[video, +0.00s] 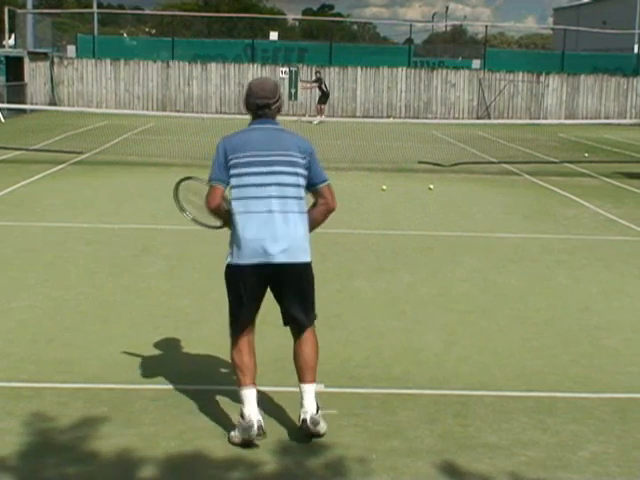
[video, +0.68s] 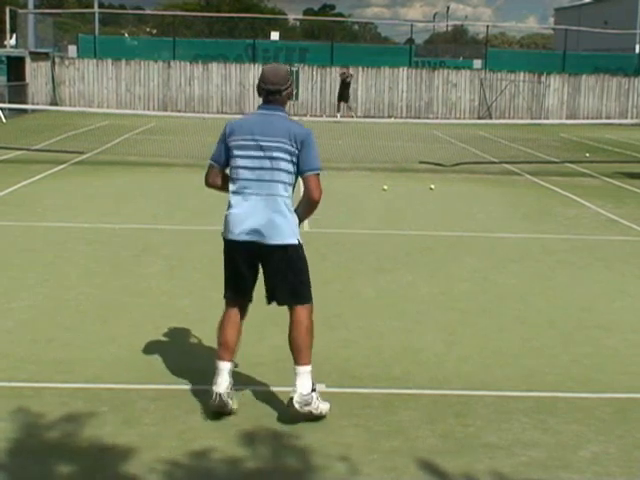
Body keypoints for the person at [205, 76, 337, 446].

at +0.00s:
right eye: (276, 102)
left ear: (247, 108)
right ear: (280, 107)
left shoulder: (229, 144)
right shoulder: (300, 145)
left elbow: (214, 202)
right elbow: (327, 202)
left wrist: (231, 218)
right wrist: (297, 229)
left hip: (247, 255)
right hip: (293, 254)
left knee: (242, 332)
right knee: (304, 327)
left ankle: (251, 418)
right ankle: (310, 412)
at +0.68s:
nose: (290, 96)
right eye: (290, 91)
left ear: (258, 93)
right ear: (288, 95)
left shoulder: (234, 127)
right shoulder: (299, 132)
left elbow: (213, 178)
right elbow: (314, 194)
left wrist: (245, 185)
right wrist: (296, 218)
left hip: (238, 229)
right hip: (280, 231)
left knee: (234, 304)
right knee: (301, 305)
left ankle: (221, 389)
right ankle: (303, 392)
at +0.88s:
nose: (289, 126)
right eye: (290, 122)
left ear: (259, 124)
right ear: (288, 126)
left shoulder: (237, 159)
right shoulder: (297, 164)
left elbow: (219, 212)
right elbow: (311, 226)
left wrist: (249, 221)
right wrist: (297, 256)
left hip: (236, 260)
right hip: (279, 262)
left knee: (214, 317)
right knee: (307, 324)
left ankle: (174, 387)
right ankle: (302, 405)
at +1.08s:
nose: (264, 125)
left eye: (262, 120)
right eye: (264, 121)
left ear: (234, 120)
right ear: (260, 124)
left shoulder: (209, 148)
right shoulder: (257, 160)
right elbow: (262, 219)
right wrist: (276, 244)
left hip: (189, 245)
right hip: (229, 250)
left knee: (183, 311)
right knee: (263, 318)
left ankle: (155, 386)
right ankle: (288, 396)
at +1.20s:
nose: (247, 120)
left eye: (245, 115)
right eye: (247, 115)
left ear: (216, 112)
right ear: (244, 118)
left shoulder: (195, 139)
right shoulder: (232, 151)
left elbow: (213, 185)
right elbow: (230, 206)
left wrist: (258, 191)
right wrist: (256, 229)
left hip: (164, 233)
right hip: (198, 240)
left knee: (170, 300)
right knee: (232, 304)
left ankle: (142, 366)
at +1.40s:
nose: (217, 127)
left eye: (215, 122)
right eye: (217, 123)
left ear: (188, 121)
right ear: (214, 127)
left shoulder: (169, 144)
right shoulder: (193, 155)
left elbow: (201, 174)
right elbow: (189, 203)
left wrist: (241, 175)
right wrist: (232, 223)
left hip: (128, 233)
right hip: (159, 241)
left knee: (136, 296)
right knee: (190, 309)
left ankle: (100, 366)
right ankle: (178, 391)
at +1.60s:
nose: (198, 126)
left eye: (197, 121)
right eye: (198, 122)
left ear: (172, 117)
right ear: (193, 123)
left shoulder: (154, 135)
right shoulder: (169, 145)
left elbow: (186, 160)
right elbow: (156, 188)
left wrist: (227, 166)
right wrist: (200, 207)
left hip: (104, 222)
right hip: (129, 230)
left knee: (126, 284)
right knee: (161, 291)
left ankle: (99, 351)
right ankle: (129, 363)